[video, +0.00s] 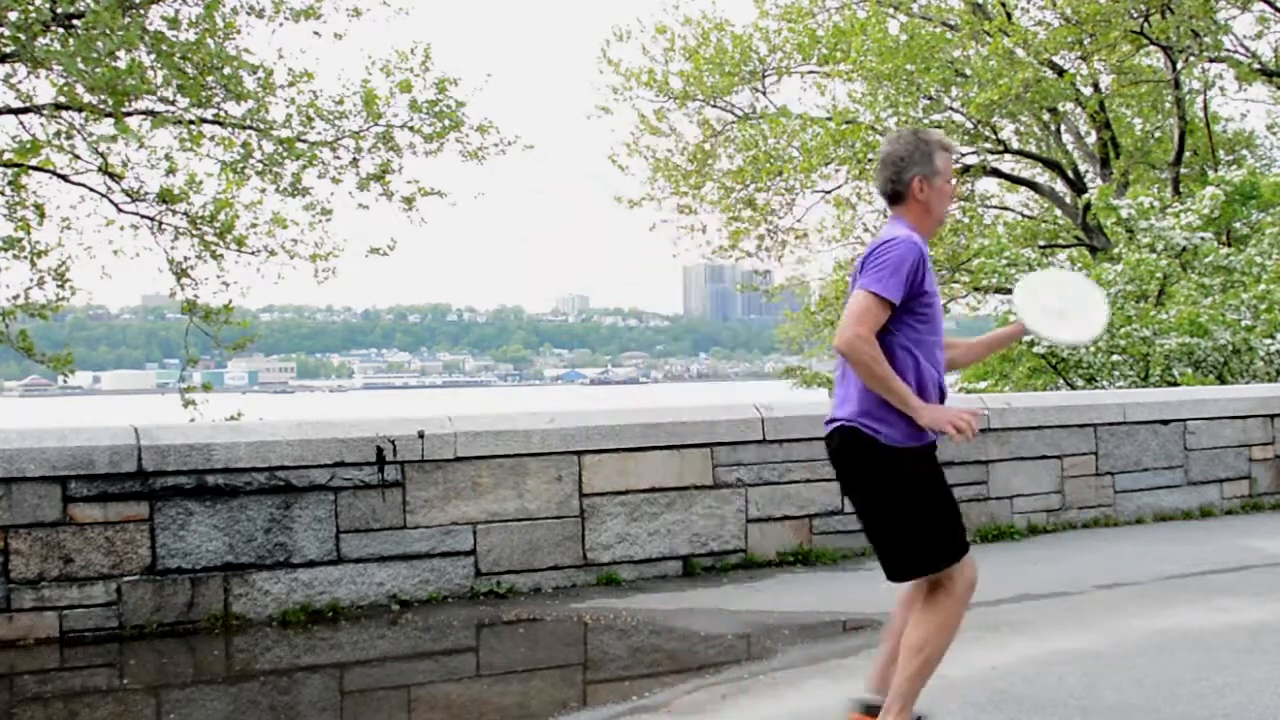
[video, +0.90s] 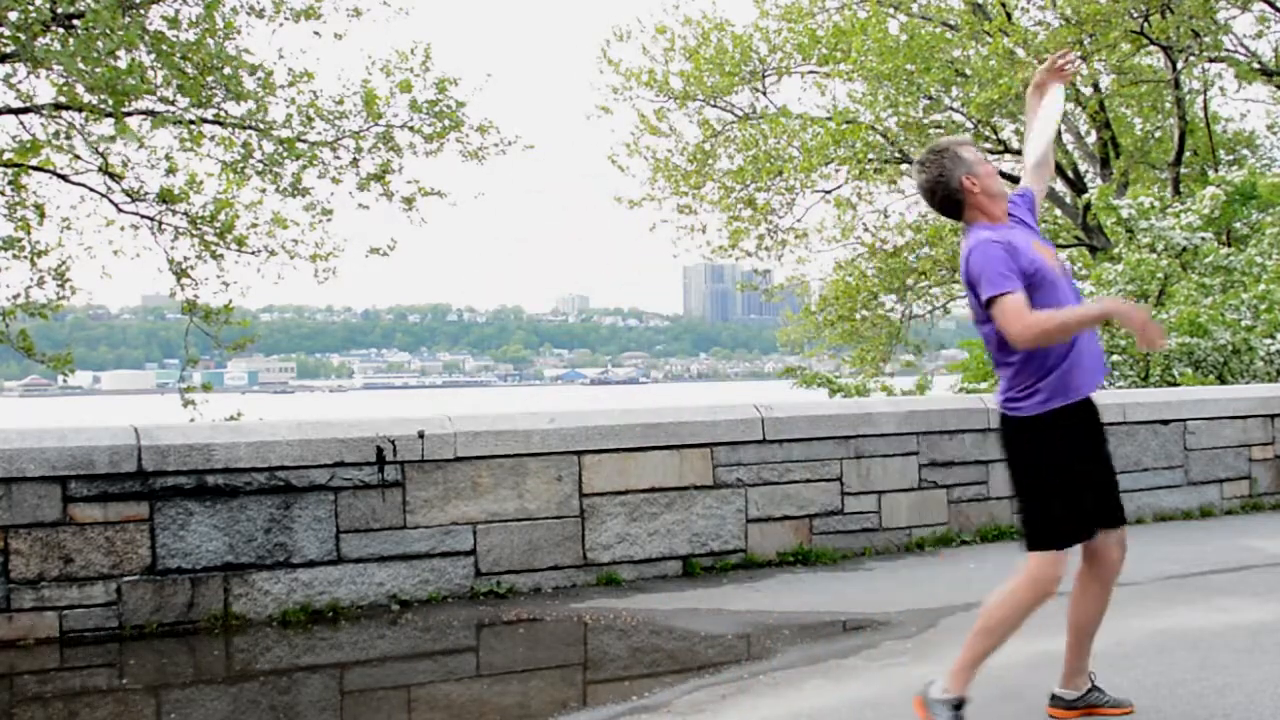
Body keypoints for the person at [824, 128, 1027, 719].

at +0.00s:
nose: (956, 189)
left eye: (955, 177)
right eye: (949, 177)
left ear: (913, 187)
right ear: (919, 185)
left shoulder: (906, 251)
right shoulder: (901, 249)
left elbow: (936, 357)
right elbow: (852, 339)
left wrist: (1016, 330)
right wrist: (923, 409)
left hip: (877, 437)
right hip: (881, 438)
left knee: (928, 576)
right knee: (956, 578)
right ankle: (895, 712)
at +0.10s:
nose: (970, 185)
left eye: (968, 173)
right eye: (962, 173)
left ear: (932, 182)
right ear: (931, 182)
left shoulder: (944, 256)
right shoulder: (903, 249)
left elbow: (986, 328)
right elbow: (857, 344)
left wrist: (1051, 307)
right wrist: (920, 420)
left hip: (920, 437)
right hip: (893, 438)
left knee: (964, 570)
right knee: (962, 575)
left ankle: (971, 693)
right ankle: (897, 710)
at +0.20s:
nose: (970, 173)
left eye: (967, 162)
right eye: (961, 163)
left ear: (934, 177)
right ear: (928, 177)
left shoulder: (964, 239)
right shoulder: (899, 253)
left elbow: (1027, 271)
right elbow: (863, 350)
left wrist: (1085, 234)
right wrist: (921, 429)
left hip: (952, 429)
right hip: (915, 435)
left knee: (977, 569)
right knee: (981, 570)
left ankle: (970, 695)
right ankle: (900, 707)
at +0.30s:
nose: (965, 158)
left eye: (960, 148)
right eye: (954, 150)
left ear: (928, 168)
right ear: (925, 168)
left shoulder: (968, 220)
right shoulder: (906, 245)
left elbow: (1042, 208)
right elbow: (871, 348)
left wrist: (1088, 155)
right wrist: (925, 432)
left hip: (972, 418)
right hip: (934, 425)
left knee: (986, 566)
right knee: (980, 567)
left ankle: (970, 694)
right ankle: (905, 704)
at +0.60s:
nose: (961, 151)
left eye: (954, 144)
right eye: (950, 146)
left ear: (936, 174)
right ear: (933, 171)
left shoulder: (979, 218)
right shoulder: (932, 240)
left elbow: (1021, 183)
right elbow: (915, 343)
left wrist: (1037, 107)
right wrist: (986, 410)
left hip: (1001, 422)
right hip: (956, 428)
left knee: (1058, 549)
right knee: (965, 576)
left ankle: (1013, 679)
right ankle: (913, 709)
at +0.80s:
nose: (984, 160)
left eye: (974, 154)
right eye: (974, 157)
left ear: (962, 182)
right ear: (960, 181)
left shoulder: (1005, 216)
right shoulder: (968, 246)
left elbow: (1033, 174)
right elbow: (981, 341)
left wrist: (1035, 103)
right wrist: (1078, 362)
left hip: (1039, 419)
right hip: (999, 428)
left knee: (1092, 550)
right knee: (990, 576)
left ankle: (1071, 686)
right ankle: (921, 708)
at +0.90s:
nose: (996, 164)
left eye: (987, 158)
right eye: (985, 161)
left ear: (977, 185)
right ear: (972, 185)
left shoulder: (1017, 215)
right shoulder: (986, 246)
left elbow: (1038, 159)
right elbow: (1021, 329)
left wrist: (1044, 91)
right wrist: (1113, 308)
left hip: (1074, 409)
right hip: (1033, 418)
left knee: (1107, 552)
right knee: (1045, 566)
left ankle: (1074, 688)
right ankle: (947, 692)